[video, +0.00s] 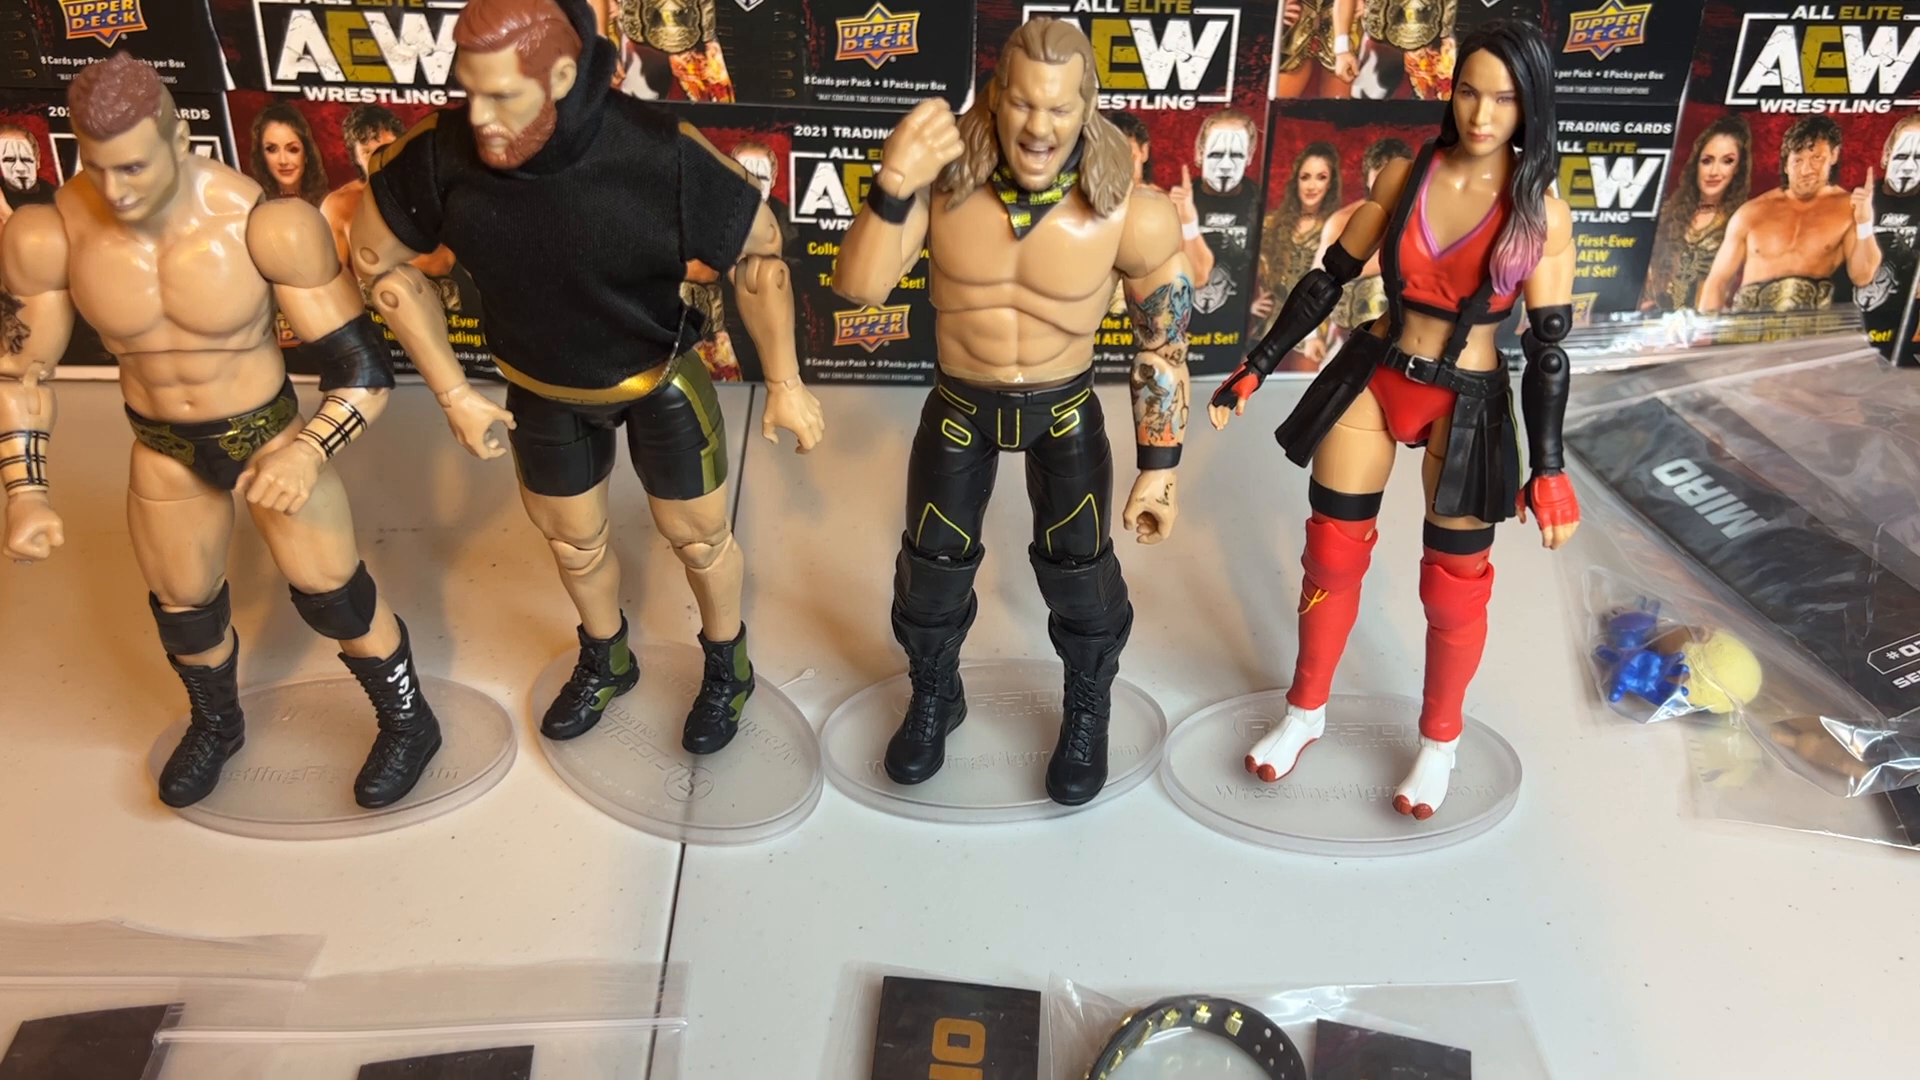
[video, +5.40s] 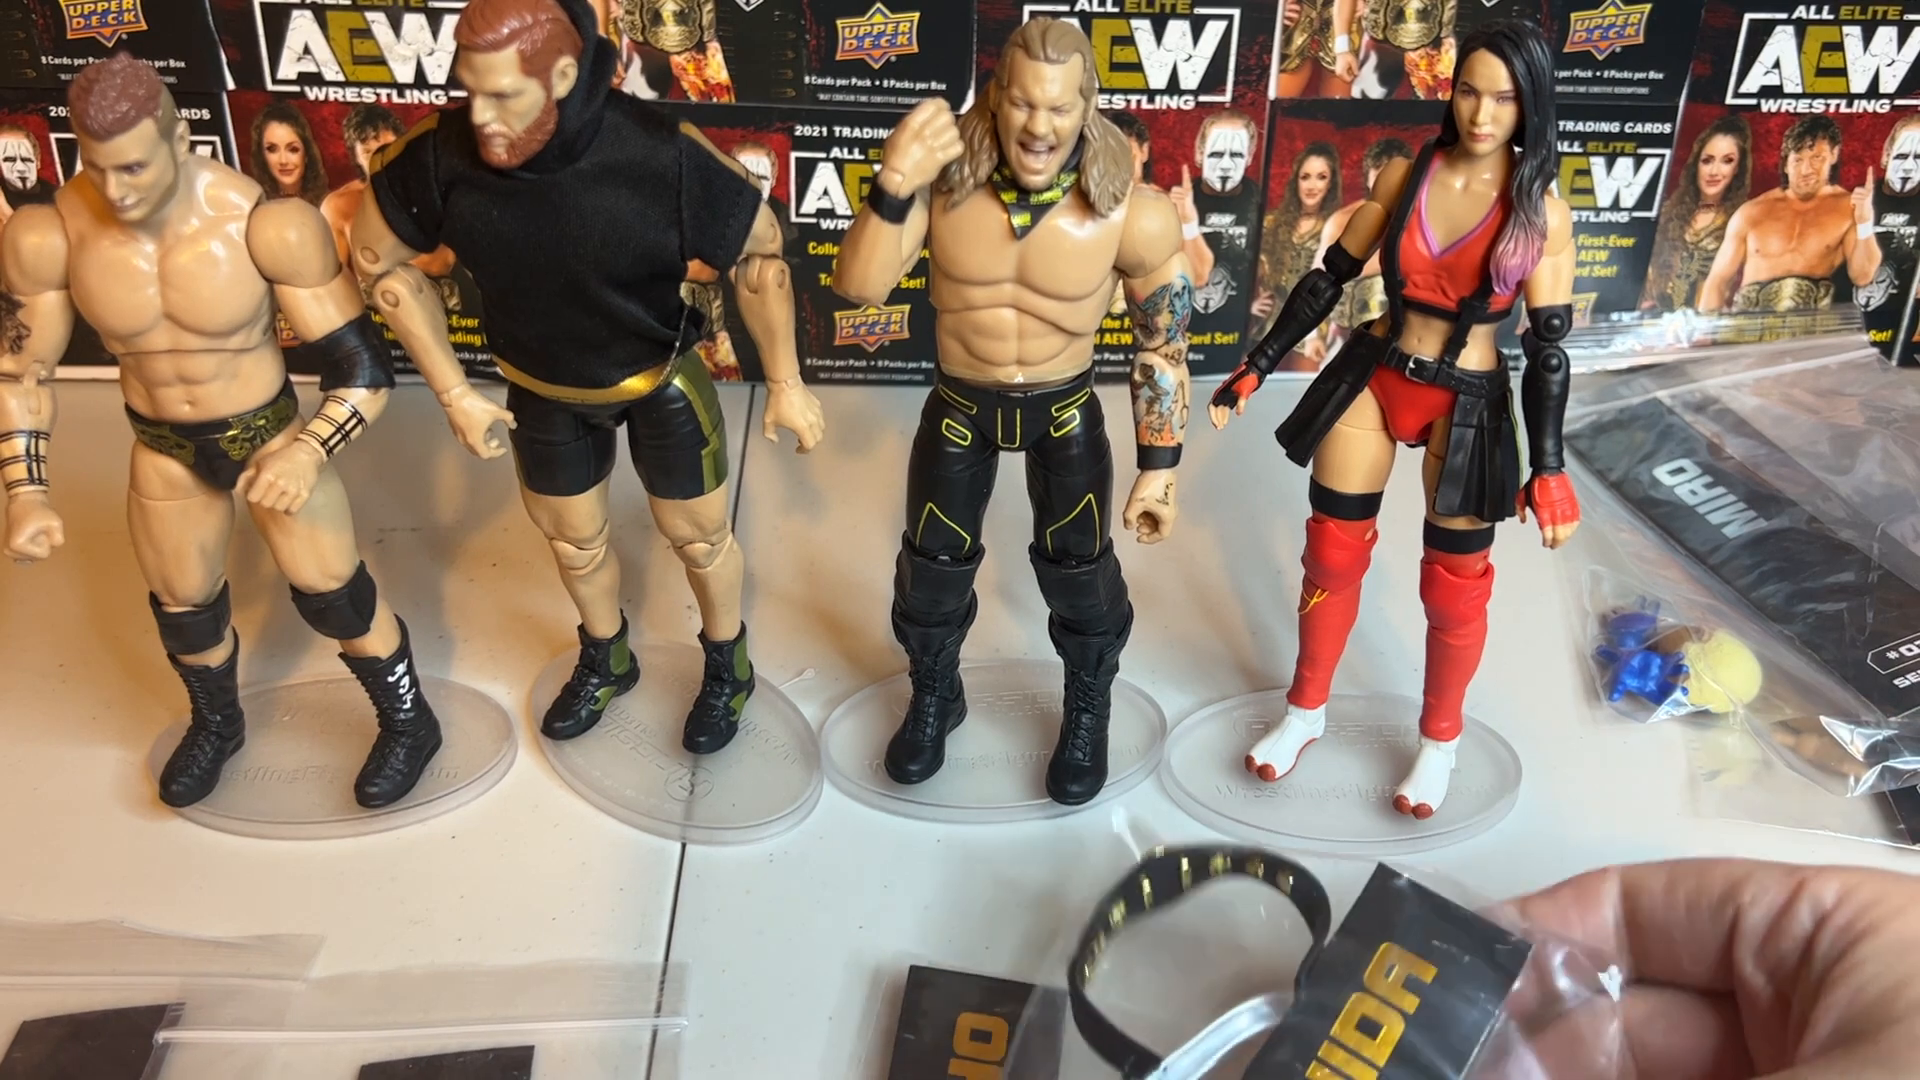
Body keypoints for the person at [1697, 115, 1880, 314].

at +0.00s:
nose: (1806, 169)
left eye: (1816, 158)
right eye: (1797, 160)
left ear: (1834, 156)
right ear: (1785, 163)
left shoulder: (1848, 207)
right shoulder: (1750, 212)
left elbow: (1862, 277)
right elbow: (1718, 282)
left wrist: (1864, 223)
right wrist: (1704, 336)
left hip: (1810, 316)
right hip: (1748, 314)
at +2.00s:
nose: (1806, 170)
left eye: (1817, 158)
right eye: (1798, 160)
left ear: (1834, 156)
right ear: (1785, 163)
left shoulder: (1848, 207)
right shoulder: (1751, 213)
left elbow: (1862, 277)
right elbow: (1718, 281)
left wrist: (1864, 223)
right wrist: (1704, 336)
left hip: (1810, 316)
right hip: (1748, 313)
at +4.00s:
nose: (1806, 169)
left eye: (1817, 158)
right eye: (1798, 160)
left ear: (1834, 156)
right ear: (1785, 163)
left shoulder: (1848, 207)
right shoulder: (1751, 212)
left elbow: (1862, 277)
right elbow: (1718, 281)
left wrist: (1864, 223)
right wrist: (1704, 335)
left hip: (1810, 316)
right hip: (1749, 313)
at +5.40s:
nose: (1806, 169)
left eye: (1816, 158)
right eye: (1797, 160)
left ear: (1834, 156)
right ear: (1785, 163)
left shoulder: (1848, 206)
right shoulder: (1750, 212)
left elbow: (1862, 277)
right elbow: (1718, 281)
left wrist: (1864, 222)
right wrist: (1703, 335)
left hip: (1810, 315)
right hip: (1749, 312)